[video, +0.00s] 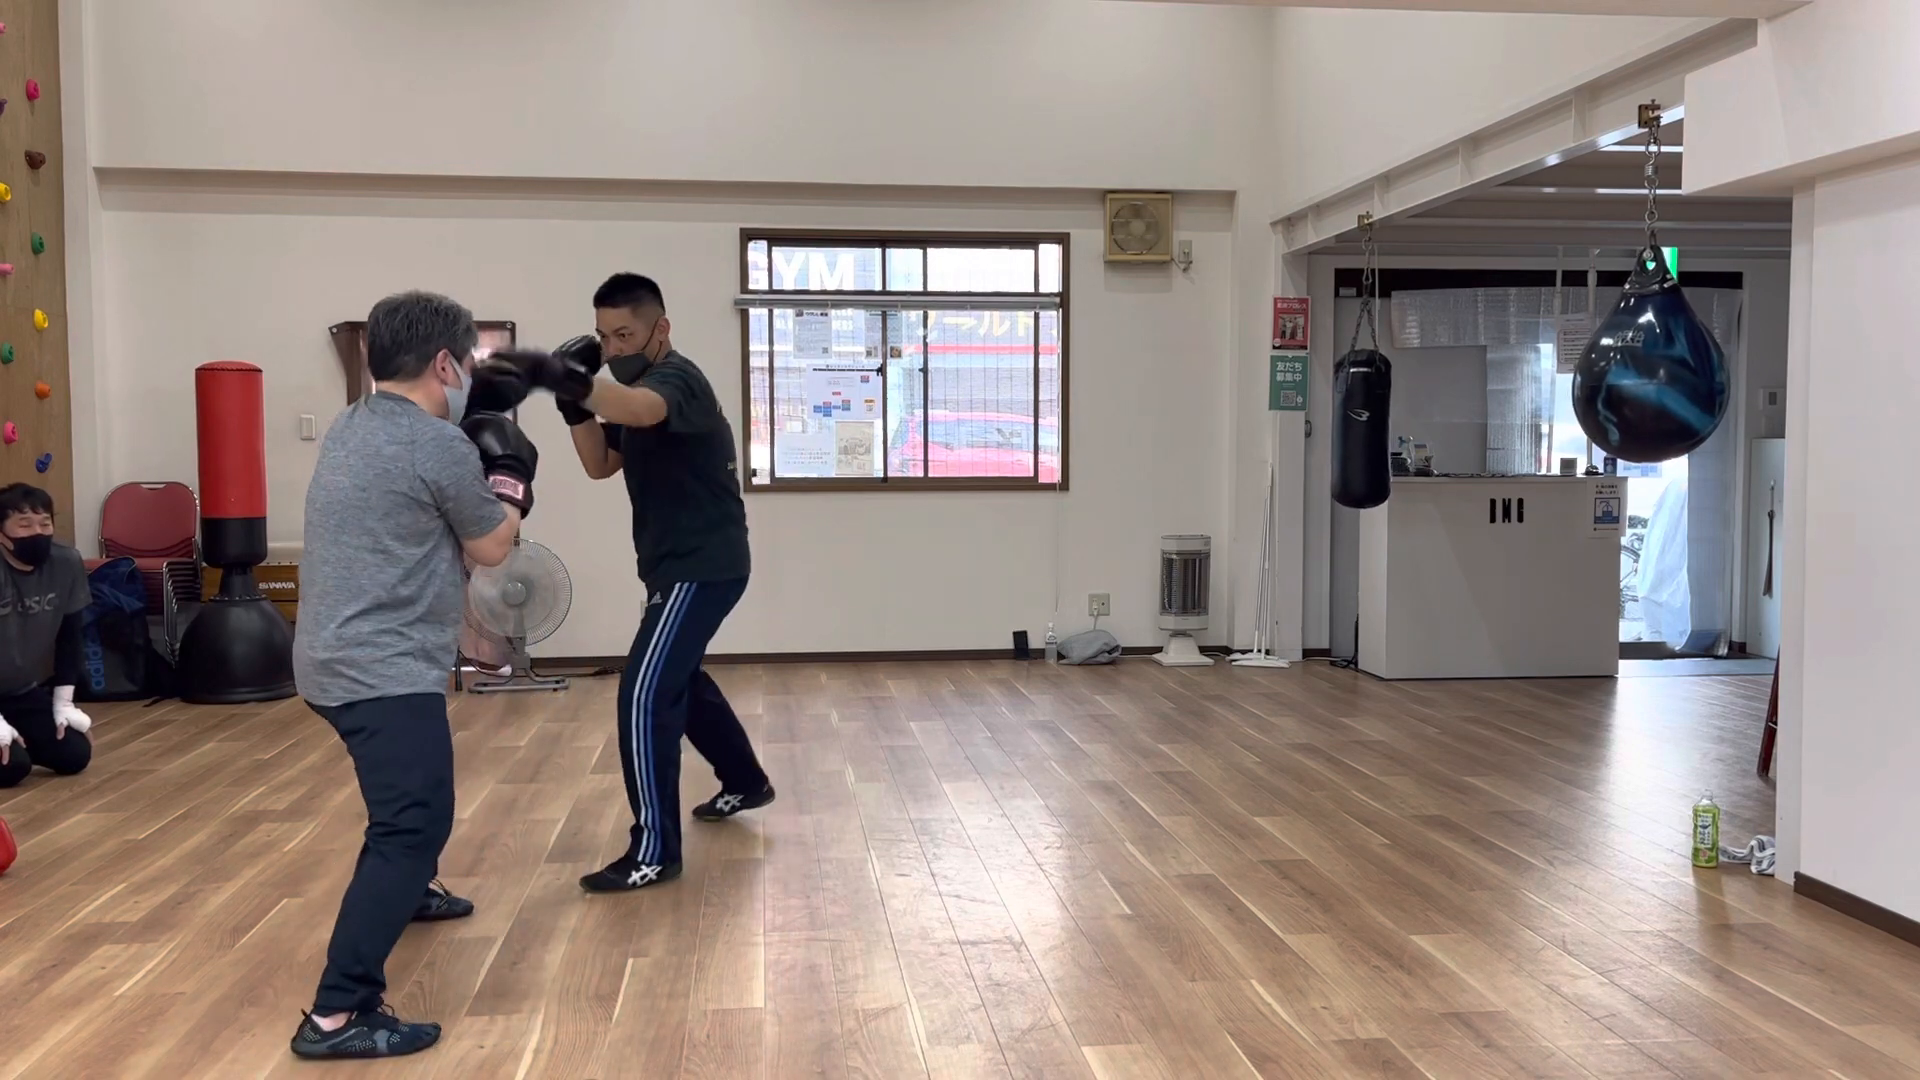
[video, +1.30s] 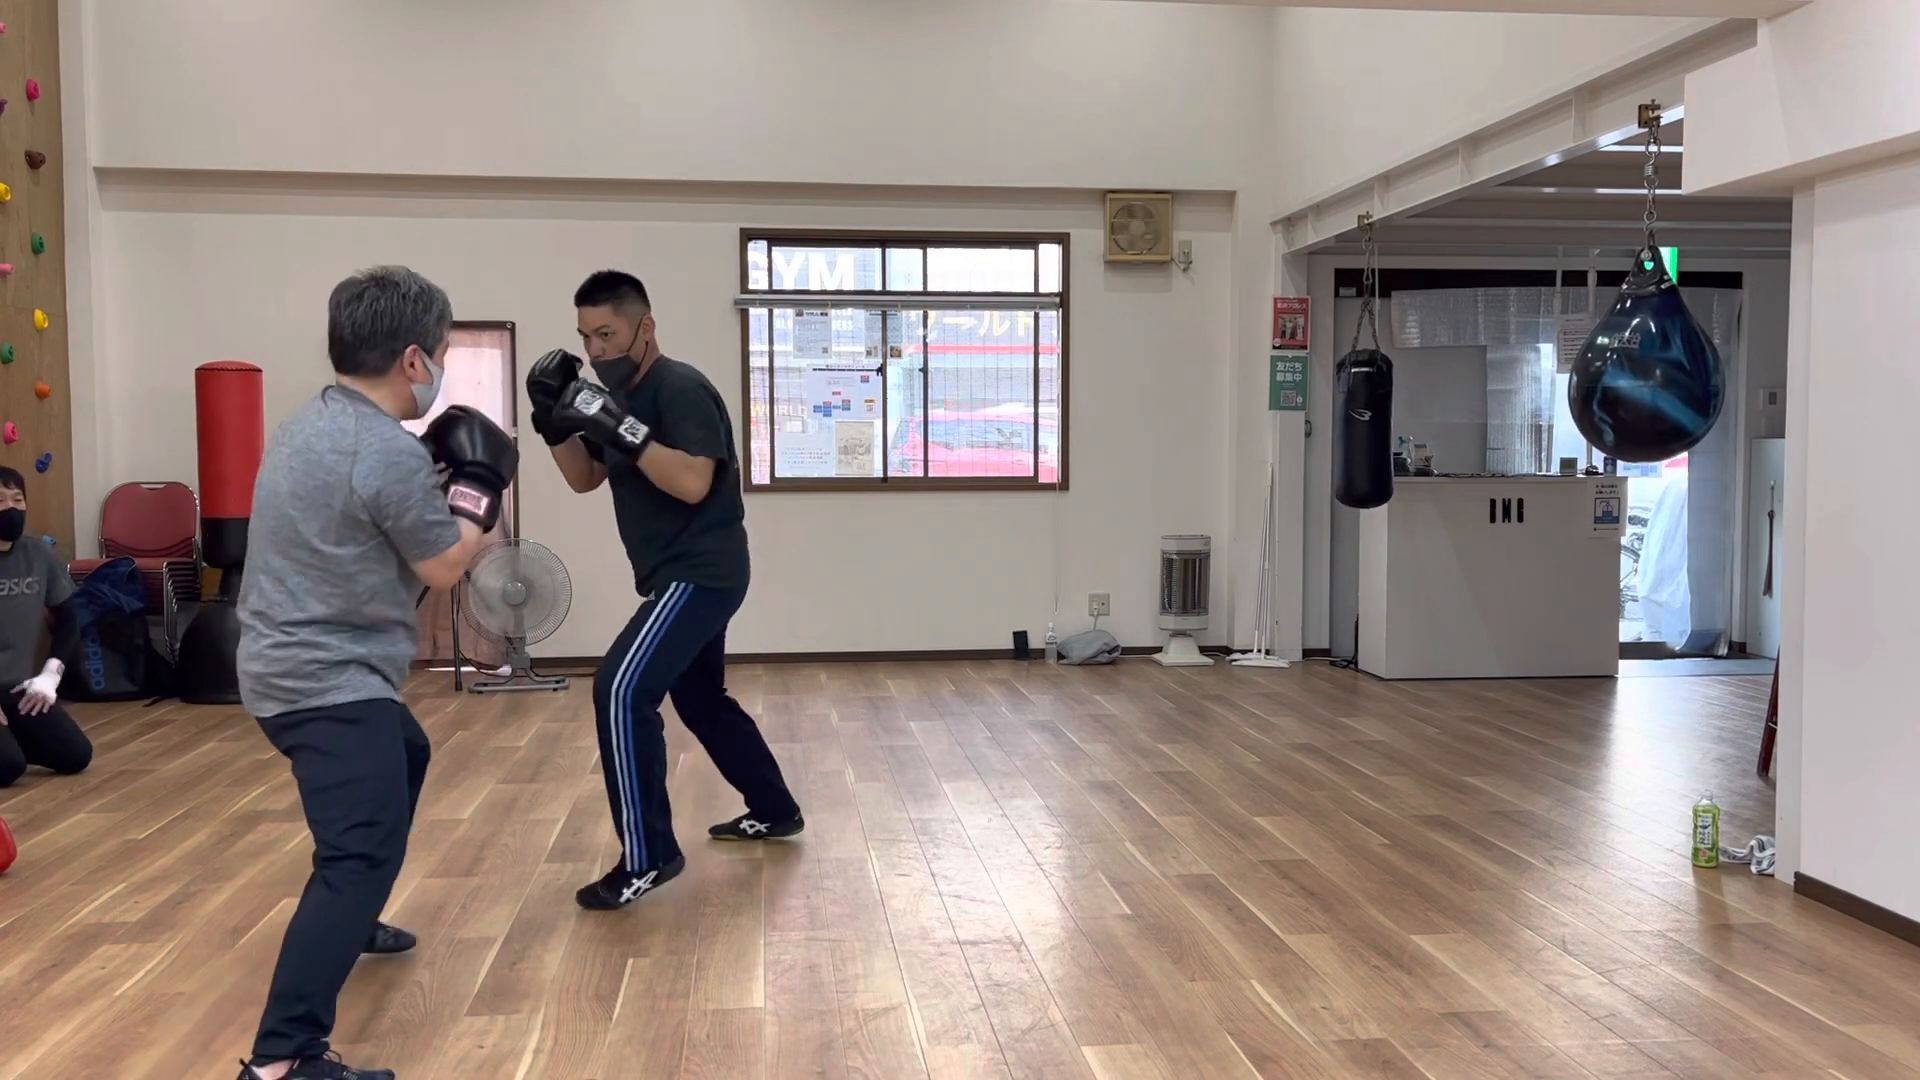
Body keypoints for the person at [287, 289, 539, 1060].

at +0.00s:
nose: (466, 379)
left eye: (468, 367)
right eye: (464, 366)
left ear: (381, 362)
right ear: (442, 364)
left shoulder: (350, 426)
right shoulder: (436, 443)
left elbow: (411, 514)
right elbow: (490, 546)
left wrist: (462, 435)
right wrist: (512, 497)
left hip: (332, 663)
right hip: (389, 674)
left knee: (410, 789)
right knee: (409, 831)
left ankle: (406, 887)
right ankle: (338, 1011)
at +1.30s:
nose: (439, 369)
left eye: (441, 355)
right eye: (438, 354)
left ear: (345, 349)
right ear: (411, 361)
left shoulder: (306, 422)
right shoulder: (386, 452)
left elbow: (351, 528)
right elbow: (443, 570)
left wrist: (428, 478)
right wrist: (479, 513)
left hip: (287, 665)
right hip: (332, 680)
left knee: (405, 754)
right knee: (358, 857)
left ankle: (352, 914)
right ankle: (285, 1052)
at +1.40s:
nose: (446, 358)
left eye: (448, 345)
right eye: (444, 344)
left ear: (346, 343)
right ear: (419, 348)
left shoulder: (305, 429)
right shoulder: (411, 438)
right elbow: (475, 553)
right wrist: (491, 500)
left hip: (299, 676)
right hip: (362, 685)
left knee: (422, 758)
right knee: (370, 858)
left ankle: (403, 925)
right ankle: (284, 1054)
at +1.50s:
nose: (465, 363)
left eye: (465, 350)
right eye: (462, 349)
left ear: (379, 350)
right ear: (436, 355)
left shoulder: (338, 418)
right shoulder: (423, 446)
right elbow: (490, 551)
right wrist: (502, 471)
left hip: (322, 669)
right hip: (368, 685)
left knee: (432, 767)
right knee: (388, 854)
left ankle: (429, 929)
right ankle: (285, 1052)